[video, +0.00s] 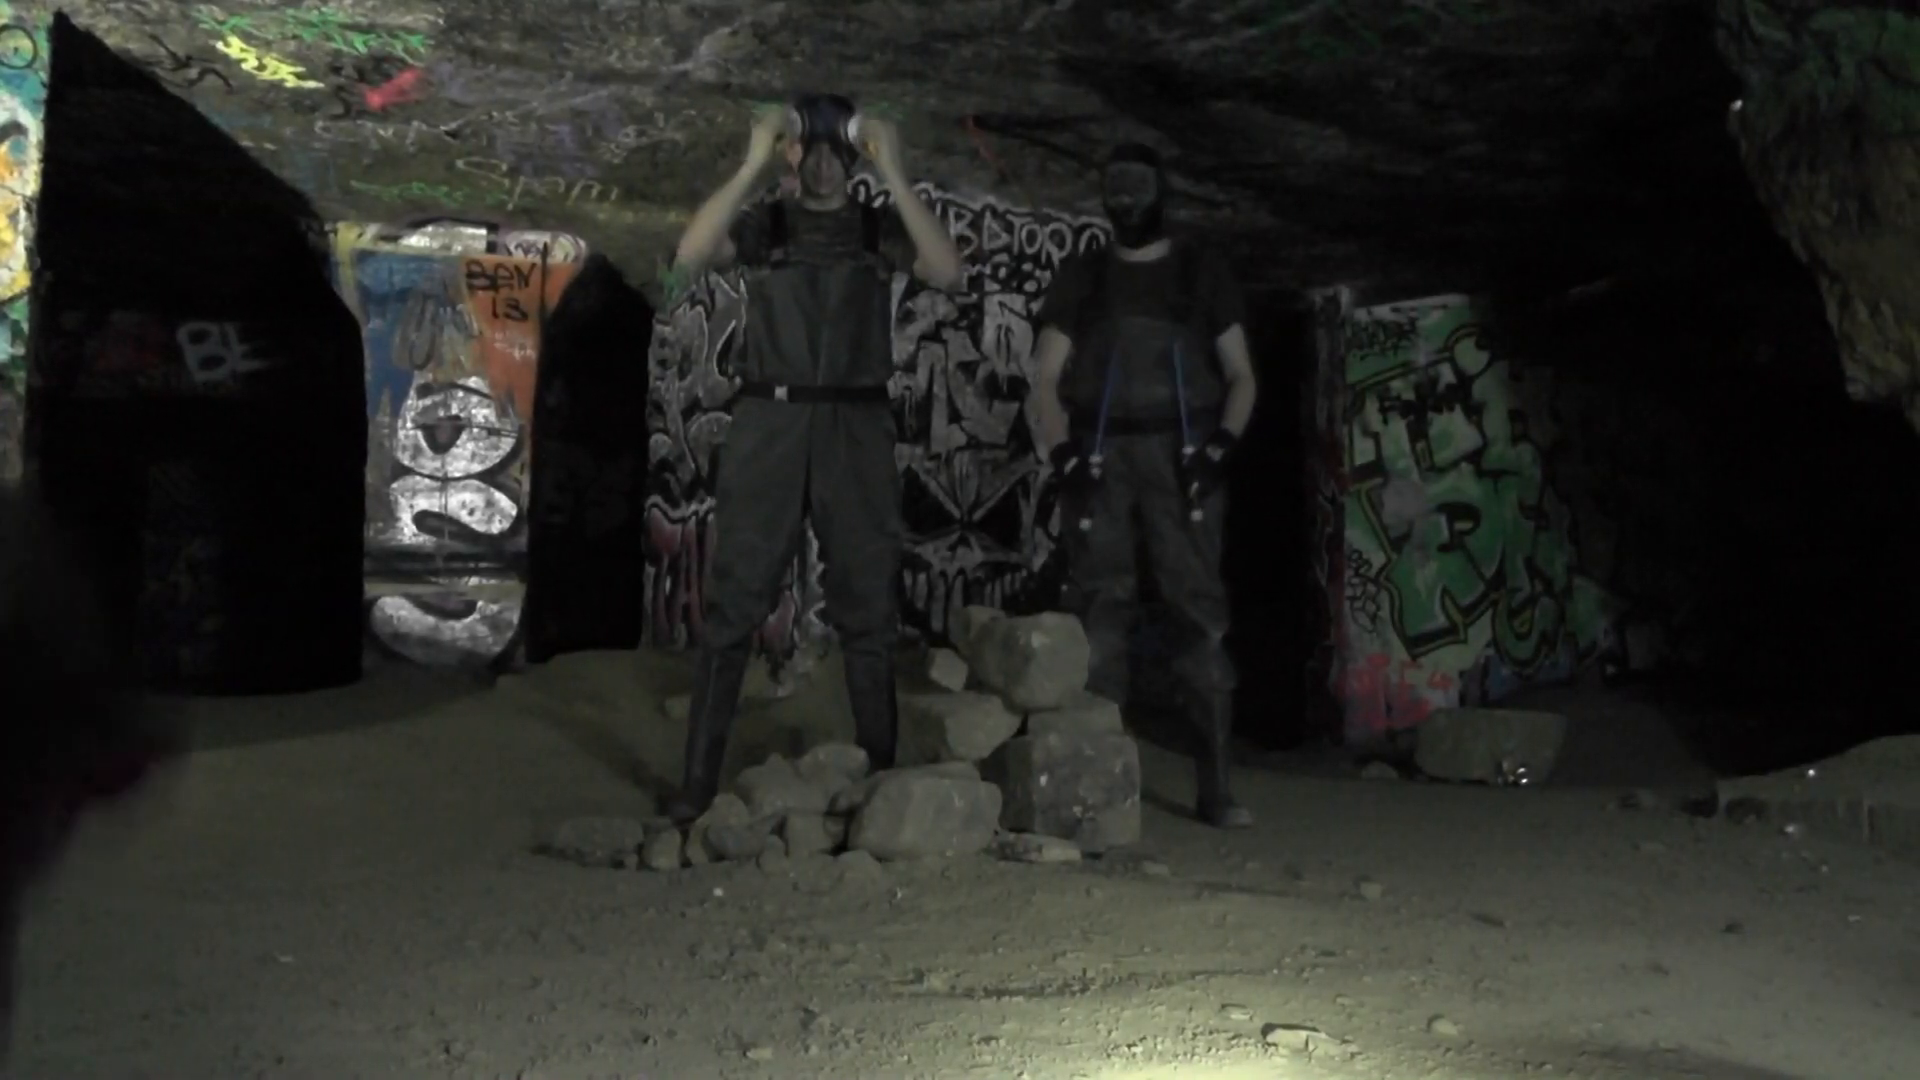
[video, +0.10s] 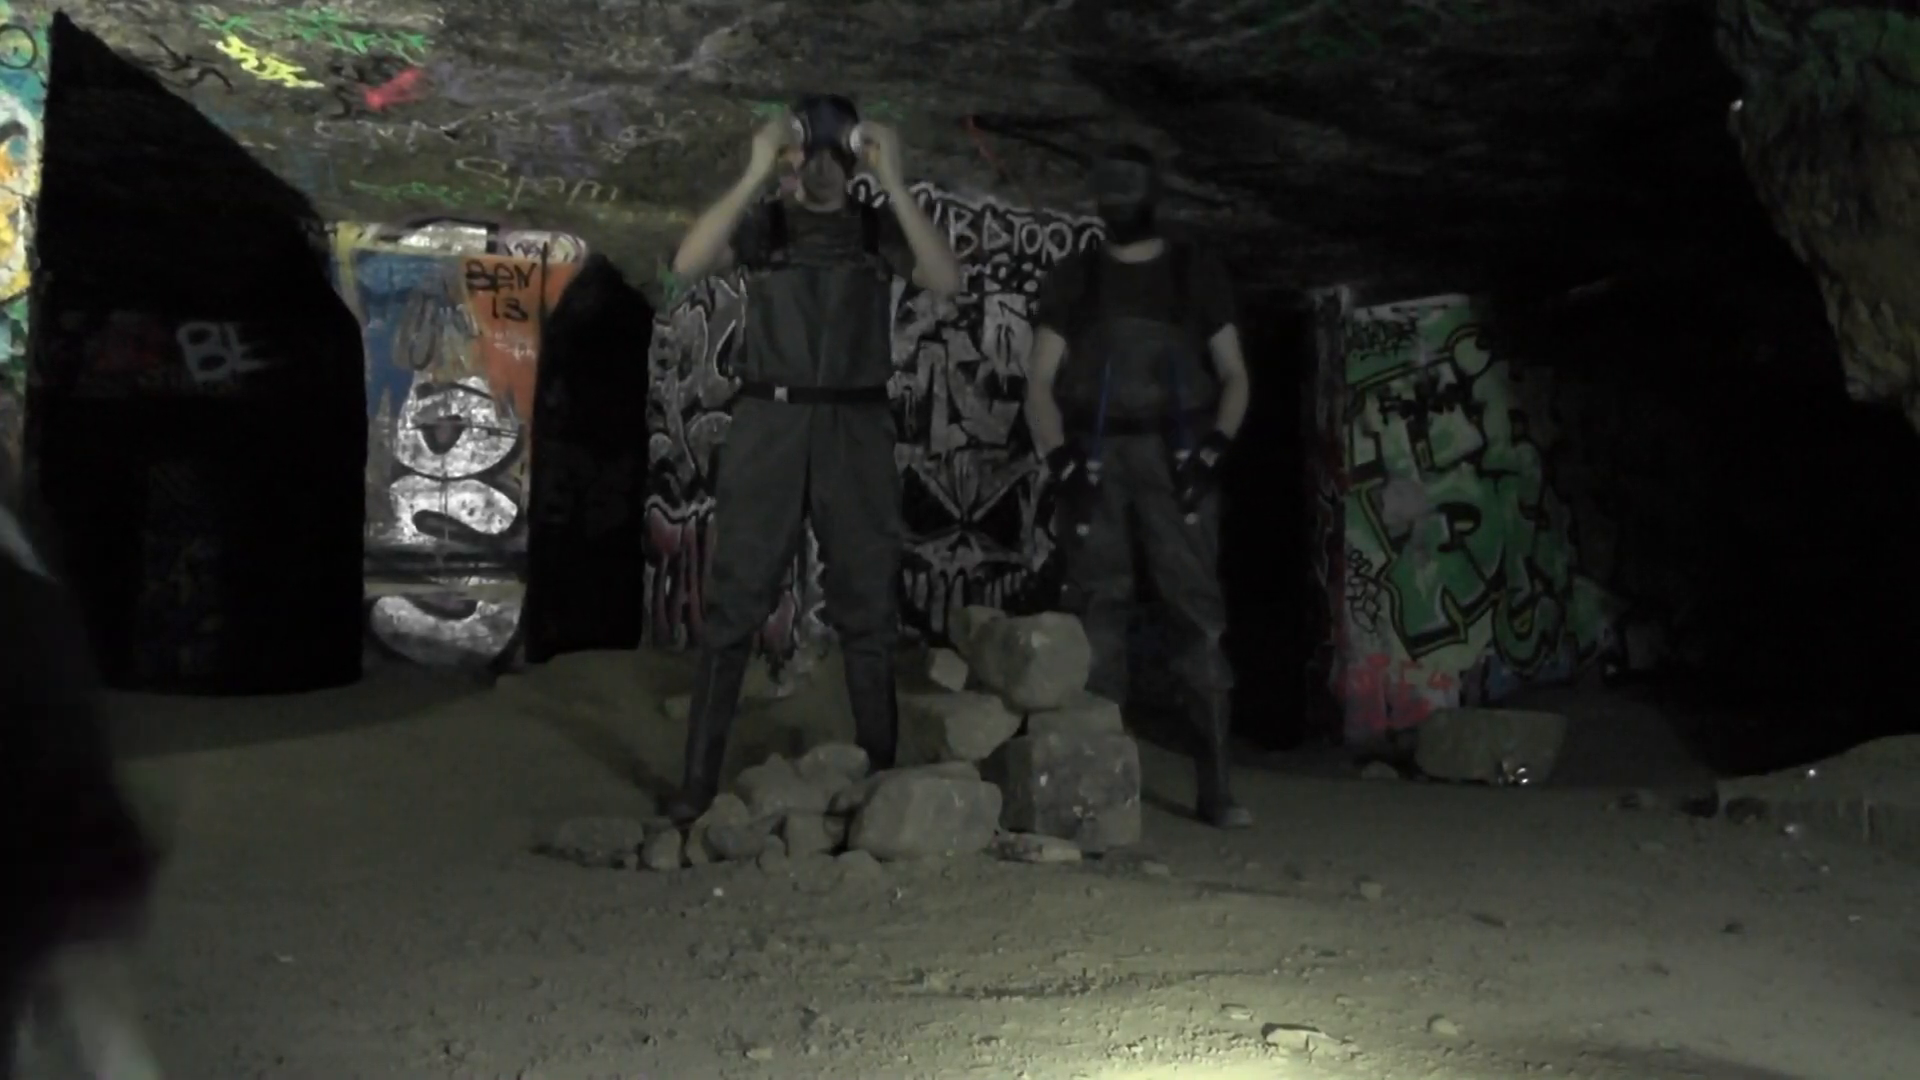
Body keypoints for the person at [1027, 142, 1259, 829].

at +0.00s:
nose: (1126, 200)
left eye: (1137, 187)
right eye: (1116, 187)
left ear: (1161, 195)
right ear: (1101, 196)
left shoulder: (1199, 271)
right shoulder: (1083, 273)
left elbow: (1242, 376)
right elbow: (1044, 381)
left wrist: (1219, 446)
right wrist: (1064, 464)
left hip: (1182, 468)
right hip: (1099, 470)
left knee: (1198, 619)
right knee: (1100, 620)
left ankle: (1215, 785)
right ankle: (1096, 783)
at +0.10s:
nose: (1115, 214)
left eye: (1128, 202)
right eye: (1106, 203)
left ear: (1151, 202)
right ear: (1093, 205)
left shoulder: (1193, 273)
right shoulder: (1074, 276)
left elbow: (1235, 376)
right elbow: (1039, 383)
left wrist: (1214, 446)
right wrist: (1061, 465)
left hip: (1176, 467)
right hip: (1094, 471)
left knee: (1195, 618)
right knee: (1098, 619)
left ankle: (1215, 784)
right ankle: (1096, 782)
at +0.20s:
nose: (1108, 198)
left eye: (1119, 186)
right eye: (1101, 187)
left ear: (1142, 195)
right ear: (1092, 202)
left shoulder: (1190, 275)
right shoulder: (1066, 279)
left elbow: (1229, 378)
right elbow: (1035, 384)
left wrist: (1208, 450)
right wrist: (1058, 468)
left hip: (1171, 467)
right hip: (1090, 470)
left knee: (1194, 620)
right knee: (1095, 621)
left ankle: (1214, 785)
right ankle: (1097, 784)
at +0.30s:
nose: (1101, 198)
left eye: (1111, 184)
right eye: (1095, 186)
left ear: (1136, 195)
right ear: (1085, 199)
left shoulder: (1185, 274)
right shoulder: (1062, 278)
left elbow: (1224, 377)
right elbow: (1032, 383)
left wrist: (1204, 451)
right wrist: (1055, 468)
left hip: (1167, 466)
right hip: (1087, 469)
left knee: (1191, 620)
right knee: (1094, 621)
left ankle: (1212, 784)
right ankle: (1096, 784)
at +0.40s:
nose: (1090, 197)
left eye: (1102, 185)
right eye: (1085, 186)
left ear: (1132, 195)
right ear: (1079, 197)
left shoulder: (1181, 271)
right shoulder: (1061, 276)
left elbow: (1223, 376)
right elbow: (1030, 382)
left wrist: (1203, 448)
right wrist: (1055, 466)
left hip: (1166, 465)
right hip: (1087, 468)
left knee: (1190, 619)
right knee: (1094, 620)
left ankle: (1210, 782)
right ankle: (1095, 783)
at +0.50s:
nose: (1091, 198)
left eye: (1103, 185)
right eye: (1086, 186)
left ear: (1133, 194)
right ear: (1078, 198)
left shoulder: (1181, 269)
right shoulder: (1061, 276)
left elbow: (1223, 373)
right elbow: (1030, 382)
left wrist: (1204, 446)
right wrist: (1054, 465)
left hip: (1167, 464)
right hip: (1087, 467)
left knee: (1189, 618)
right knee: (1094, 619)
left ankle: (1203, 781)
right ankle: (1096, 782)